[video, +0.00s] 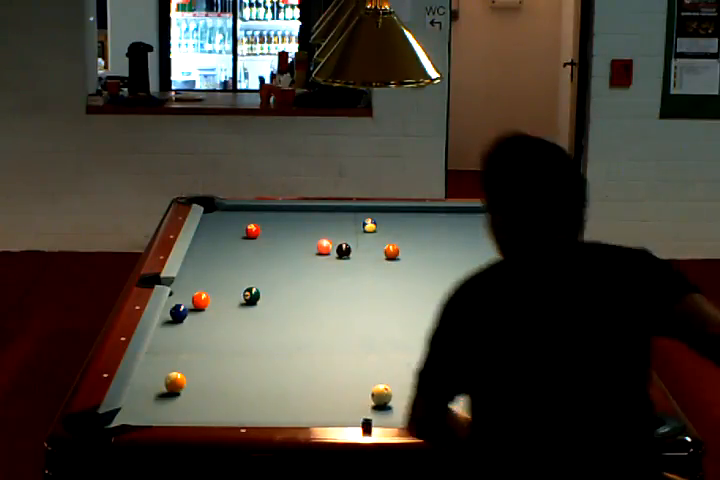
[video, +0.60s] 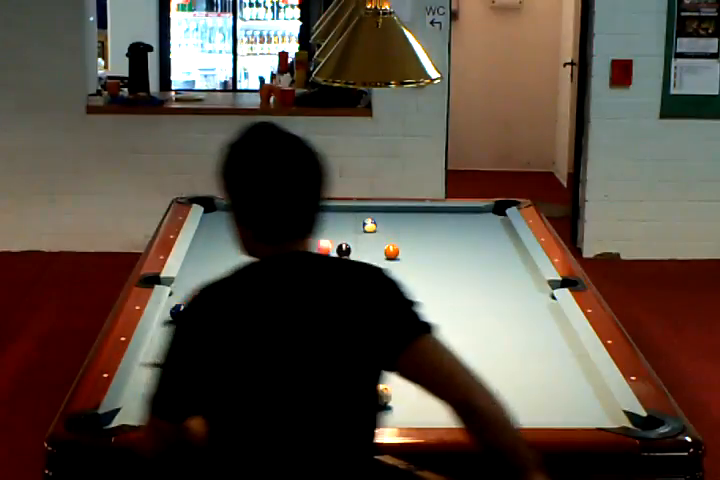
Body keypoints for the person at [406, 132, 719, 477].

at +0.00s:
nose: (492, 224)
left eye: (495, 209)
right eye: (499, 208)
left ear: (499, 215)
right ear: (578, 207)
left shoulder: (474, 298)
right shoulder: (635, 274)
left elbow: (426, 417)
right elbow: (713, 334)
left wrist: (489, 444)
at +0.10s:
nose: (456, 204)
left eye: (455, 192)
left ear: (458, 199)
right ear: (543, 189)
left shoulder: (440, 287)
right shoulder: (596, 258)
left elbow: (397, 419)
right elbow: (698, 344)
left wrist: (462, 418)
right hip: (591, 476)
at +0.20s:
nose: (419, 201)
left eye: (422, 186)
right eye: (425, 184)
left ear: (426, 198)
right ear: (503, 186)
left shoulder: (403, 290)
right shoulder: (558, 258)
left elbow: (367, 428)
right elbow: (659, 350)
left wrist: (434, 414)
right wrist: (710, 440)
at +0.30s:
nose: (383, 201)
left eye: (384, 188)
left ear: (381, 202)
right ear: (461, 191)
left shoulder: (362, 296)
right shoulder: (515, 268)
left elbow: (321, 433)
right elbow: (615, 356)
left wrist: (366, 418)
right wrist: (678, 447)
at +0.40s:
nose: (337, 208)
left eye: (336, 196)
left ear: (336, 205)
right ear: (414, 197)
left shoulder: (315, 301)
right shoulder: (465, 275)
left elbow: (270, 430)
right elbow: (565, 376)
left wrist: (322, 436)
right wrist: (625, 454)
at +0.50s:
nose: (286, 214)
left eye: (283, 202)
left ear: (285, 213)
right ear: (365, 204)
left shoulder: (260, 307)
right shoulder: (413, 287)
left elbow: (215, 435)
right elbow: (520, 395)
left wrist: (272, 441)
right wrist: (569, 465)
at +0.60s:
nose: (242, 215)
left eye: (235, 204)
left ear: (235, 214)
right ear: (317, 200)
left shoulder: (206, 310)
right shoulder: (364, 288)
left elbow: (159, 440)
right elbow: (467, 394)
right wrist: (527, 470)